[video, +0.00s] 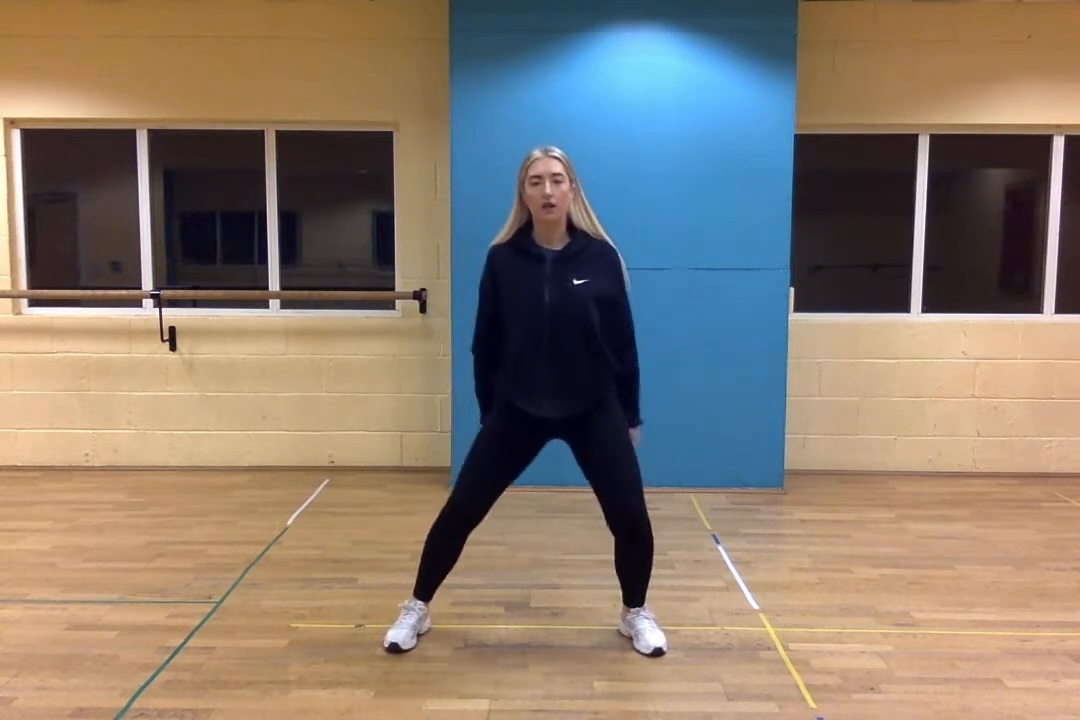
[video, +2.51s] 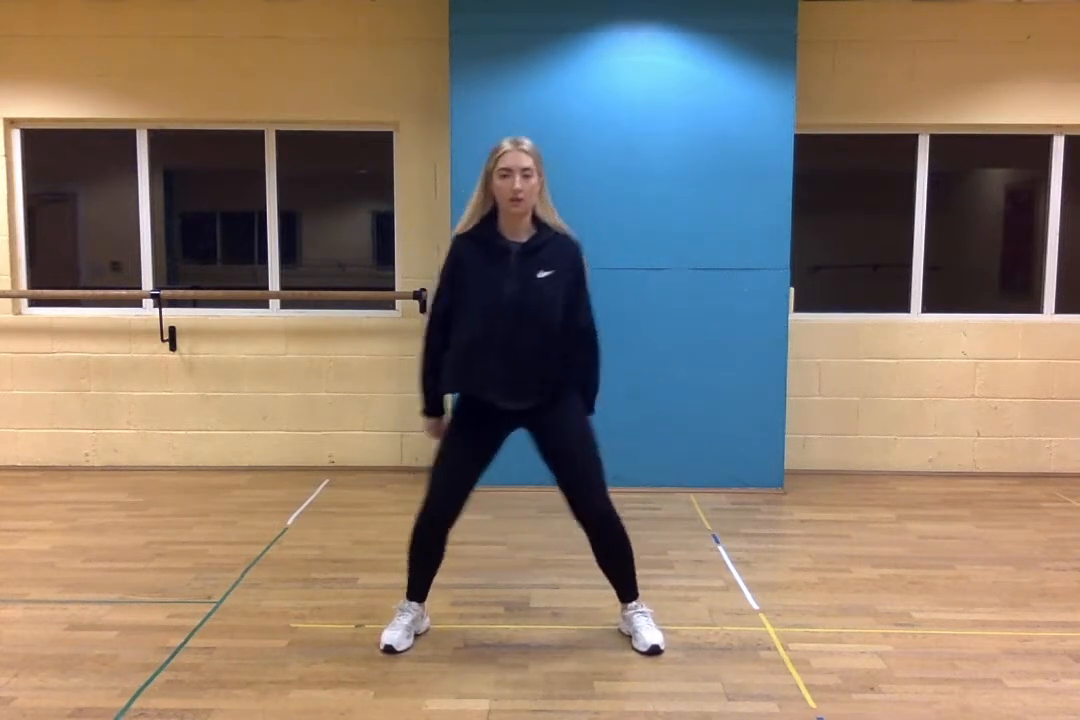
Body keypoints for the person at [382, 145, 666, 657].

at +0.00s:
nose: (548, 189)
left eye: (557, 180)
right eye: (537, 182)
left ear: (572, 189)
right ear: (523, 193)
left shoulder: (601, 254)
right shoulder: (503, 258)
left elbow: (623, 339)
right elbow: (486, 339)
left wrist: (630, 415)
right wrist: (490, 411)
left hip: (593, 407)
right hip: (519, 408)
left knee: (632, 518)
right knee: (461, 509)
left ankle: (636, 612)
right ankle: (416, 608)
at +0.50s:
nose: (496, 190)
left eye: (506, 181)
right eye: (486, 181)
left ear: (520, 191)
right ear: (471, 192)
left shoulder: (543, 260)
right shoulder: (447, 255)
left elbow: (563, 341)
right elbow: (421, 332)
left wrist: (574, 417)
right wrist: (409, 406)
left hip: (528, 409)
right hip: (458, 409)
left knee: (577, 513)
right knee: (417, 517)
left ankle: (628, 609)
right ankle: (412, 610)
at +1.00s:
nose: (547, 190)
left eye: (556, 181)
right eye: (537, 183)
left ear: (572, 189)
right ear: (524, 194)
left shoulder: (599, 256)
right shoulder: (504, 257)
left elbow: (626, 336)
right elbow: (487, 335)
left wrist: (648, 415)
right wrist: (488, 405)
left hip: (588, 407)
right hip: (517, 407)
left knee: (625, 514)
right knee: (458, 505)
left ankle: (637, 611)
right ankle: (416, 607)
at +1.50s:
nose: (506, 183)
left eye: (516, 175)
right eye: (496, 175)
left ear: (529, 186)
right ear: (480, 185)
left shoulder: (551, 253)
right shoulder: (454, 249)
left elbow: (569, 332)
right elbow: (428, 324)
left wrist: (573, 404)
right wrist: (417, 400)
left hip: (537, 400)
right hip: (467, 400)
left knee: (582, 505)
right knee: (425, 510)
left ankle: (631, 608)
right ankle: (412, 609)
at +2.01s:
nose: (541, 185)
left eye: (550, 175)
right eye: (530, 176)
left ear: (566, 183)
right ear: (517, 188)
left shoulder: (595, 250)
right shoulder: (497, 251)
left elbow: (625, 330)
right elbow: (479, 327)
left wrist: (646, 406)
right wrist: (489, 391)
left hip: (579, 403)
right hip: (508, 400)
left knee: (616, 513)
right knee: (451, 505)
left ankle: (636, 610)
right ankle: (413, 605)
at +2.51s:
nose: (517, 183)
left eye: (526, 173)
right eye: (506, 174)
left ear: (539, 182)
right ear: (490, 184)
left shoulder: (562, 248)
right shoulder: (466, 248)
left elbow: (581, 327)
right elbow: (439, 324)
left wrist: (583, 400)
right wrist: (433, 404)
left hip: (554, 400)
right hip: (482, 401)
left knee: (594, 506)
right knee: (437, 509)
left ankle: (633, 608)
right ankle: (412, 608)